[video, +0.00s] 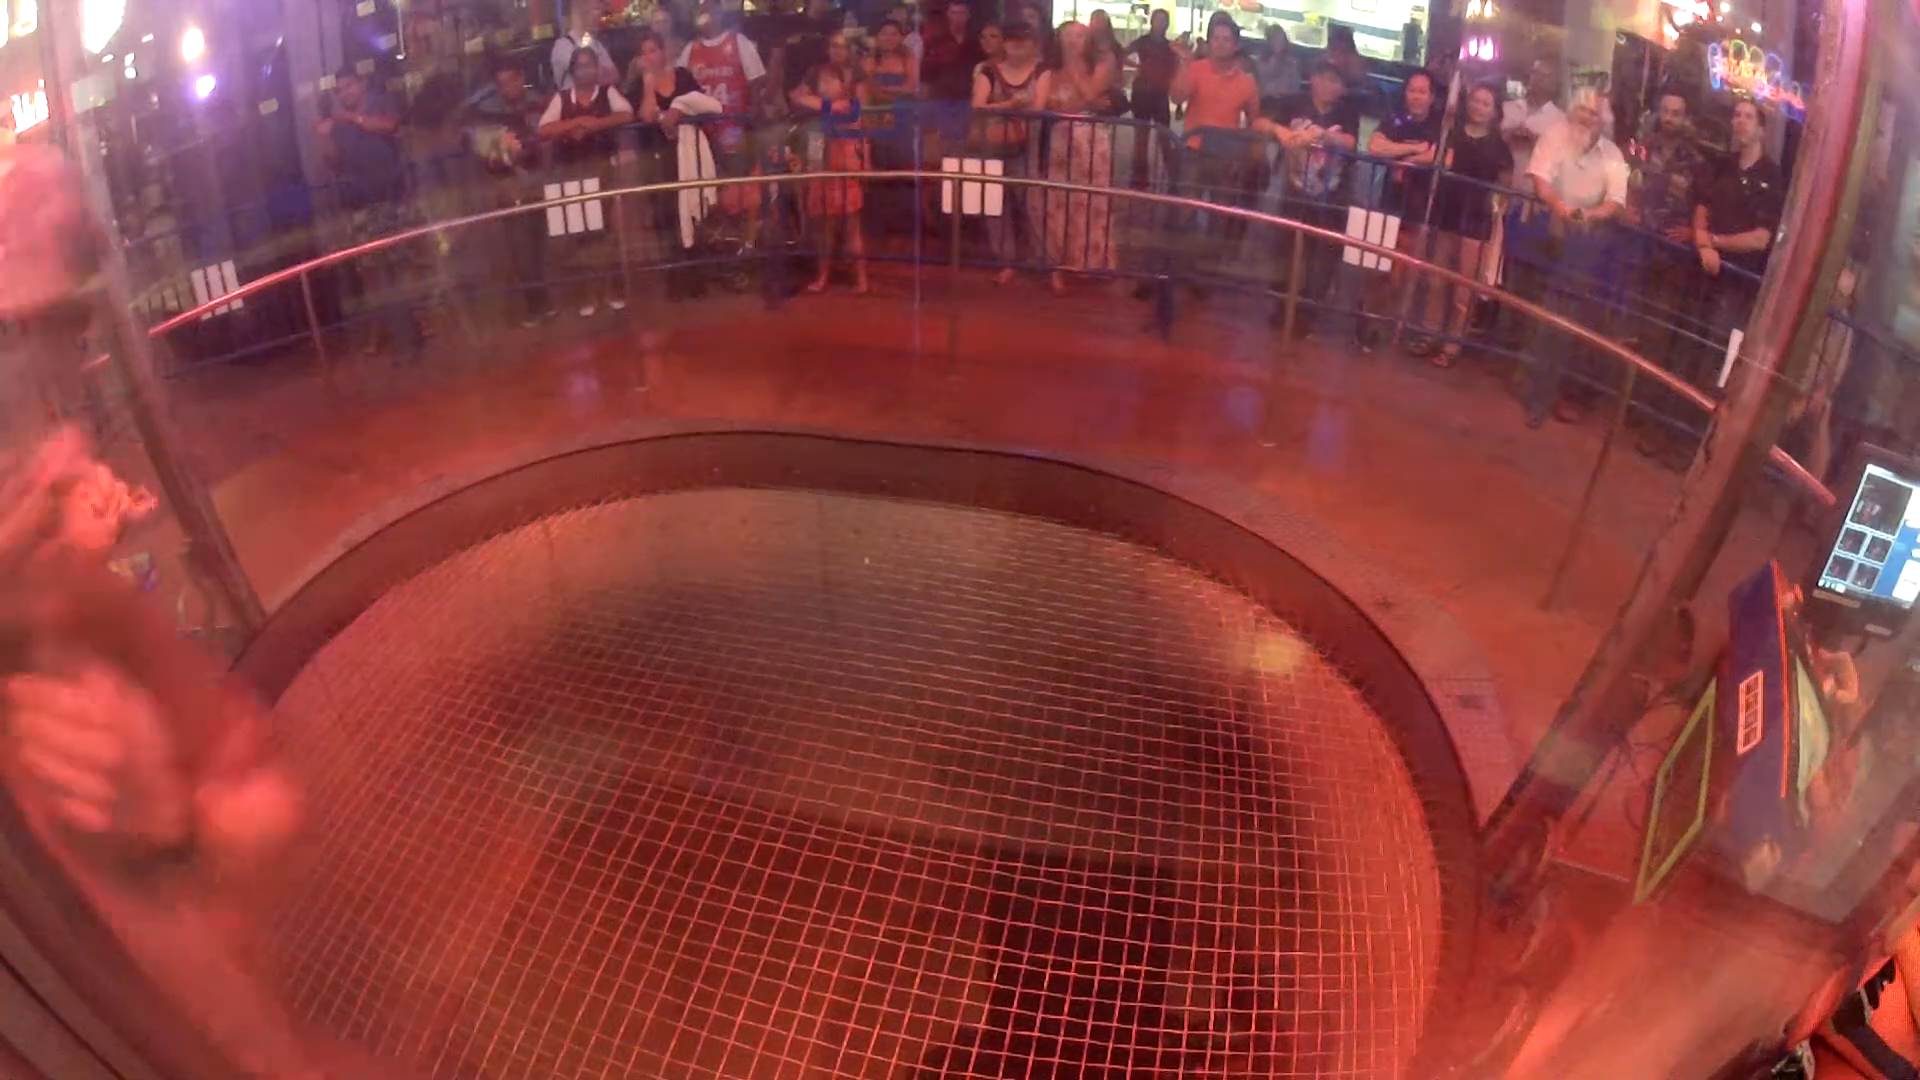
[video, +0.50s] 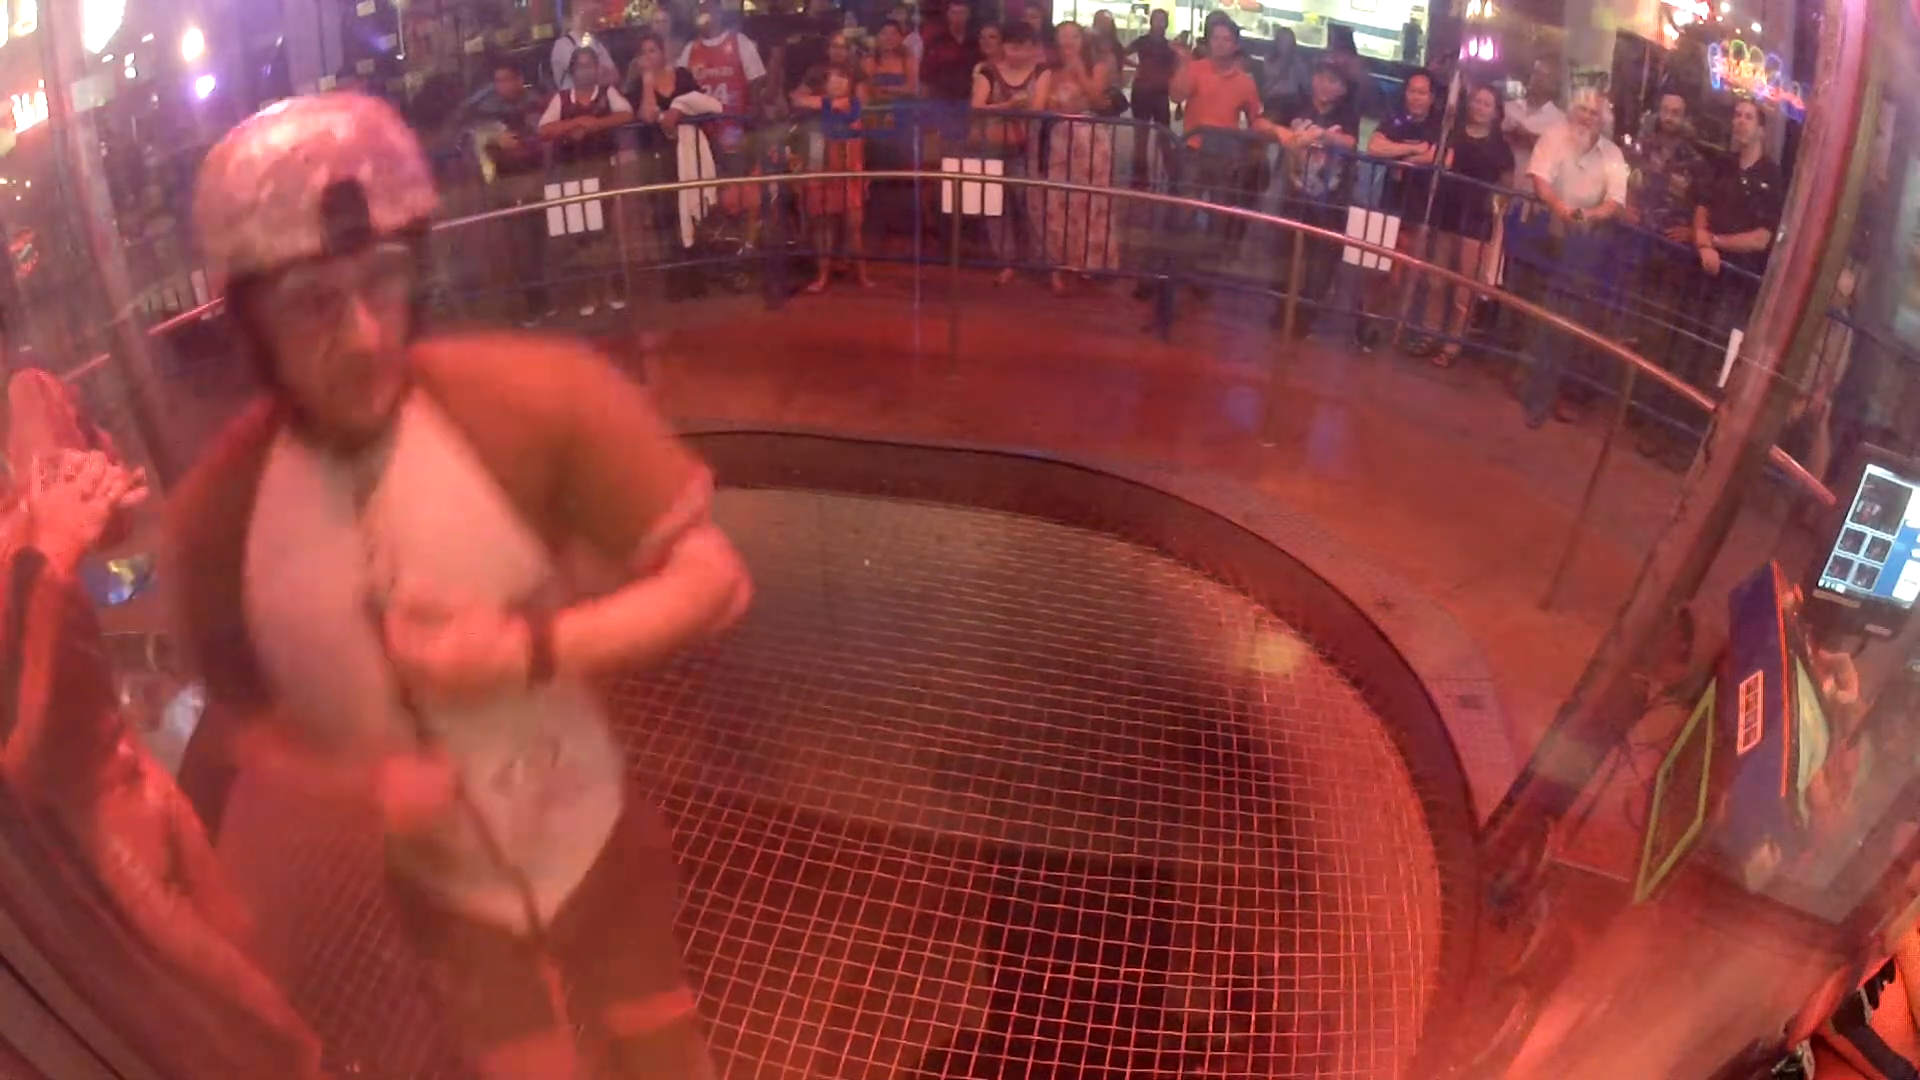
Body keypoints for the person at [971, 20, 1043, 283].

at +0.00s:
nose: (1016, 46)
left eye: (1022, 41)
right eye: (1012, 41)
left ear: (1034, 45)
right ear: (1004, 42)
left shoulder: (1041, 72)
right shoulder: (987, 71)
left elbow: (1038, 108)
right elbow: (977, 107)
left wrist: (1012, 107)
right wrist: (1011, 103)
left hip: (1027, 146)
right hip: (993, 147)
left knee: (1031, 203)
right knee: (994, 206)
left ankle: (1043, 261)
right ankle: (1005, 262)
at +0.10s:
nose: (1016, 48)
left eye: (1023, 43)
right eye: (1012, 42)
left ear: (1034, 45)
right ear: (1004, 43)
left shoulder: (1041, 72)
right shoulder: (987, 71)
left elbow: (1038, 108)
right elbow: (977, 107)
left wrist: (1007, 108)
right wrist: (1010, 104)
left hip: (1026, 146)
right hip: (992, 147)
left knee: (1032, 203)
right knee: (994, 205)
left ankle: (1048, 263)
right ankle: (1005, 262)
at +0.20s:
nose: (1016, 50)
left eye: (1022, 44)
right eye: (1012, 44)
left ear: (1033, 47)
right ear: (1004, 45)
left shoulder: (1041, 72)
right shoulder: (986, 71)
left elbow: (1037, 107)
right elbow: (976, 107)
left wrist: (1009, 107)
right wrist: (1010, 104)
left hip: (1026, 147)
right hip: (992, 148)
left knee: (1031, 203)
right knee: (994, 205)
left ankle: (1045, 262)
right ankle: (1005, 262)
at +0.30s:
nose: (1017, 51)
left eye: (1023, 45)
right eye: (1013, 45)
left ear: (1034, 48)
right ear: (1004, 46)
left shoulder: (1041, 73)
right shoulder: (986, 71)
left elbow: (1037, 107)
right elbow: (976, 107)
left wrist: (1012, 107)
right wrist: (1009, 104)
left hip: (1026, 147)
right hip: (992, 147)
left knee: (1030, 203)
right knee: (994, 205)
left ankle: (1042, 260)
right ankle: (1005, 261)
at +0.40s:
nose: (1017, 51)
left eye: (1023, 45)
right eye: (1013, 45)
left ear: (1033, 48)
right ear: (1004, 46)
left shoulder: (1041, 73)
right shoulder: (987, 71)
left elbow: (1037, 107)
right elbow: (976, 107)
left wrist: (1012, 107)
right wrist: (1009, 104)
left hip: (1026, 146)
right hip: (993, 146)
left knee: (1030, 202)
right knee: (994, 205)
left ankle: (1042, 260)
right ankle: (1005, 261)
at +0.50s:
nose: (1015, 52)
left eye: (1021, 46)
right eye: (1011, 46)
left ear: (1033, 48)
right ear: (1003, 47)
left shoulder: (1041, 73)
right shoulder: (987, 71)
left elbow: (1037, 107)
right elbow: (976, 107)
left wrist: (1010, 107)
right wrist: (1009, 104)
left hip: (1026, 147)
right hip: (993, 147)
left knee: (1030, 204)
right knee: (995, 206)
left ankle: (1041, 260)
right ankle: (1005, 262)